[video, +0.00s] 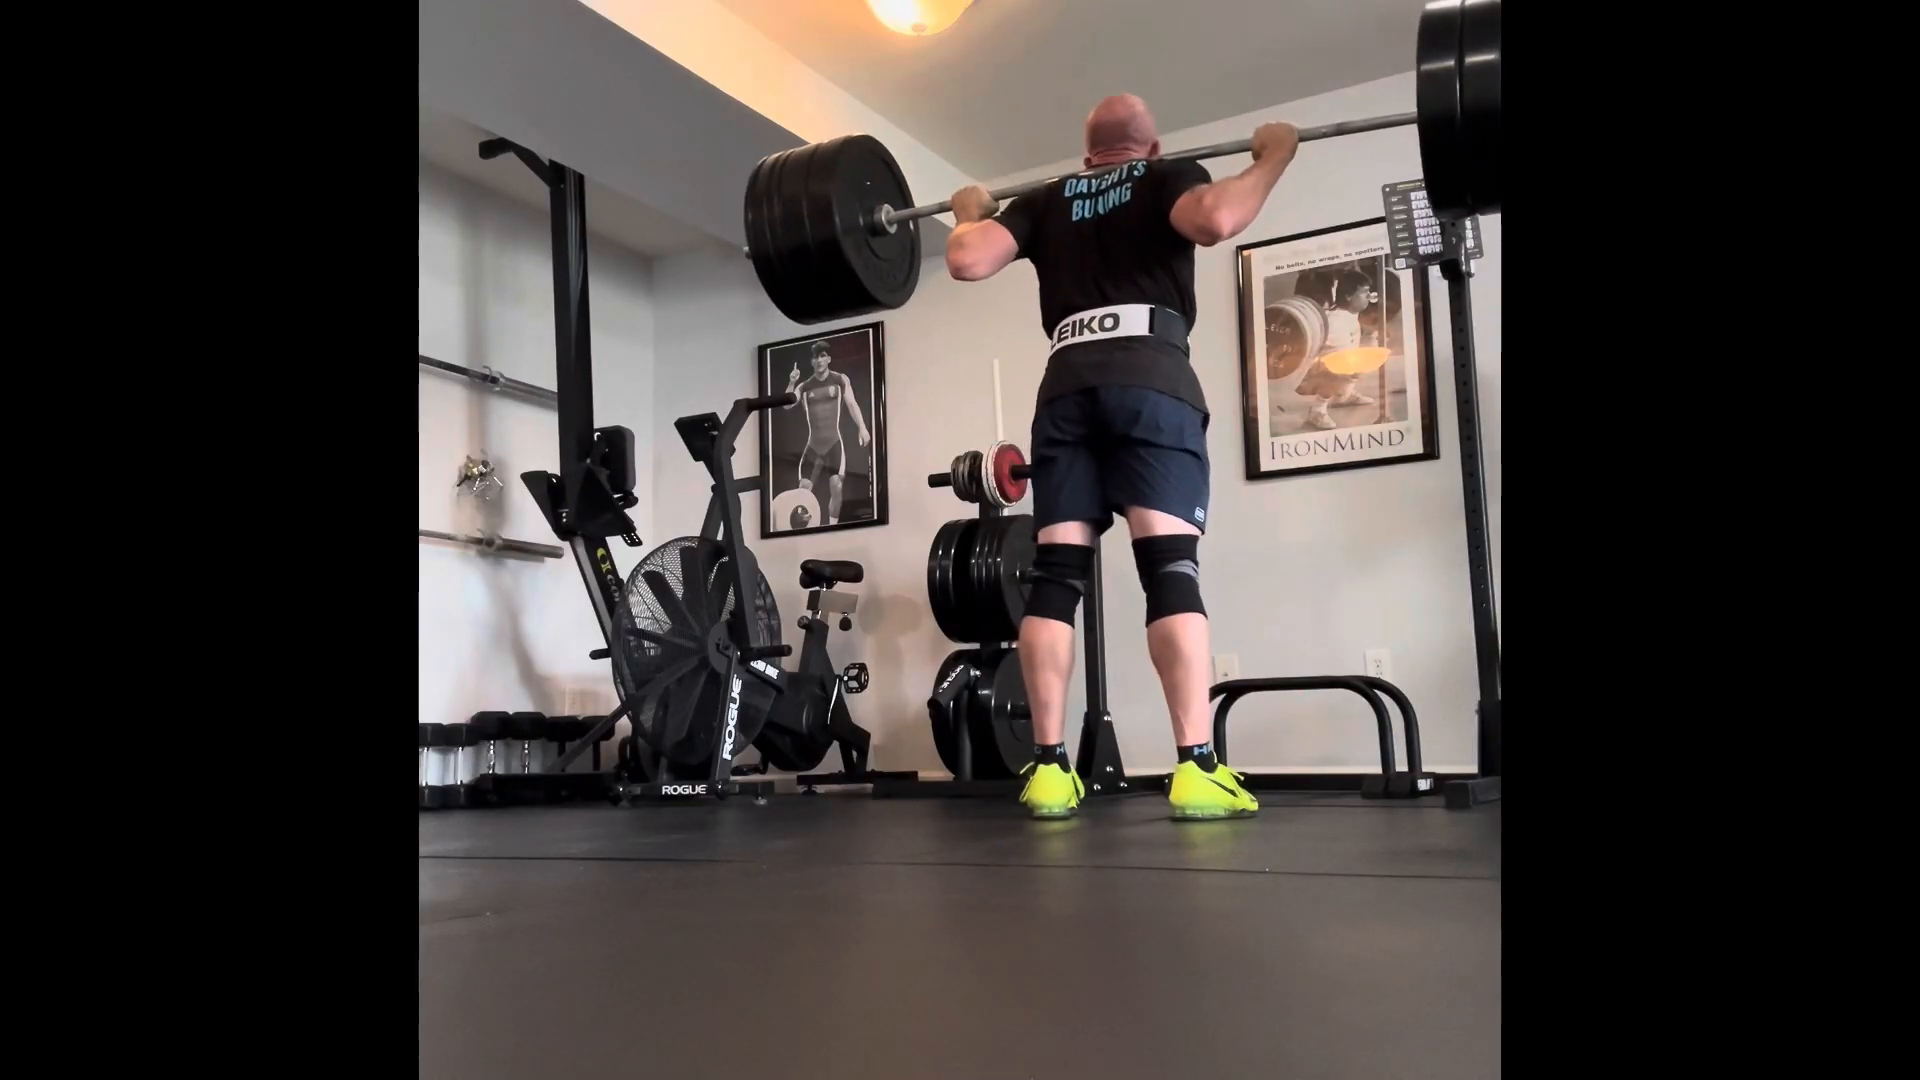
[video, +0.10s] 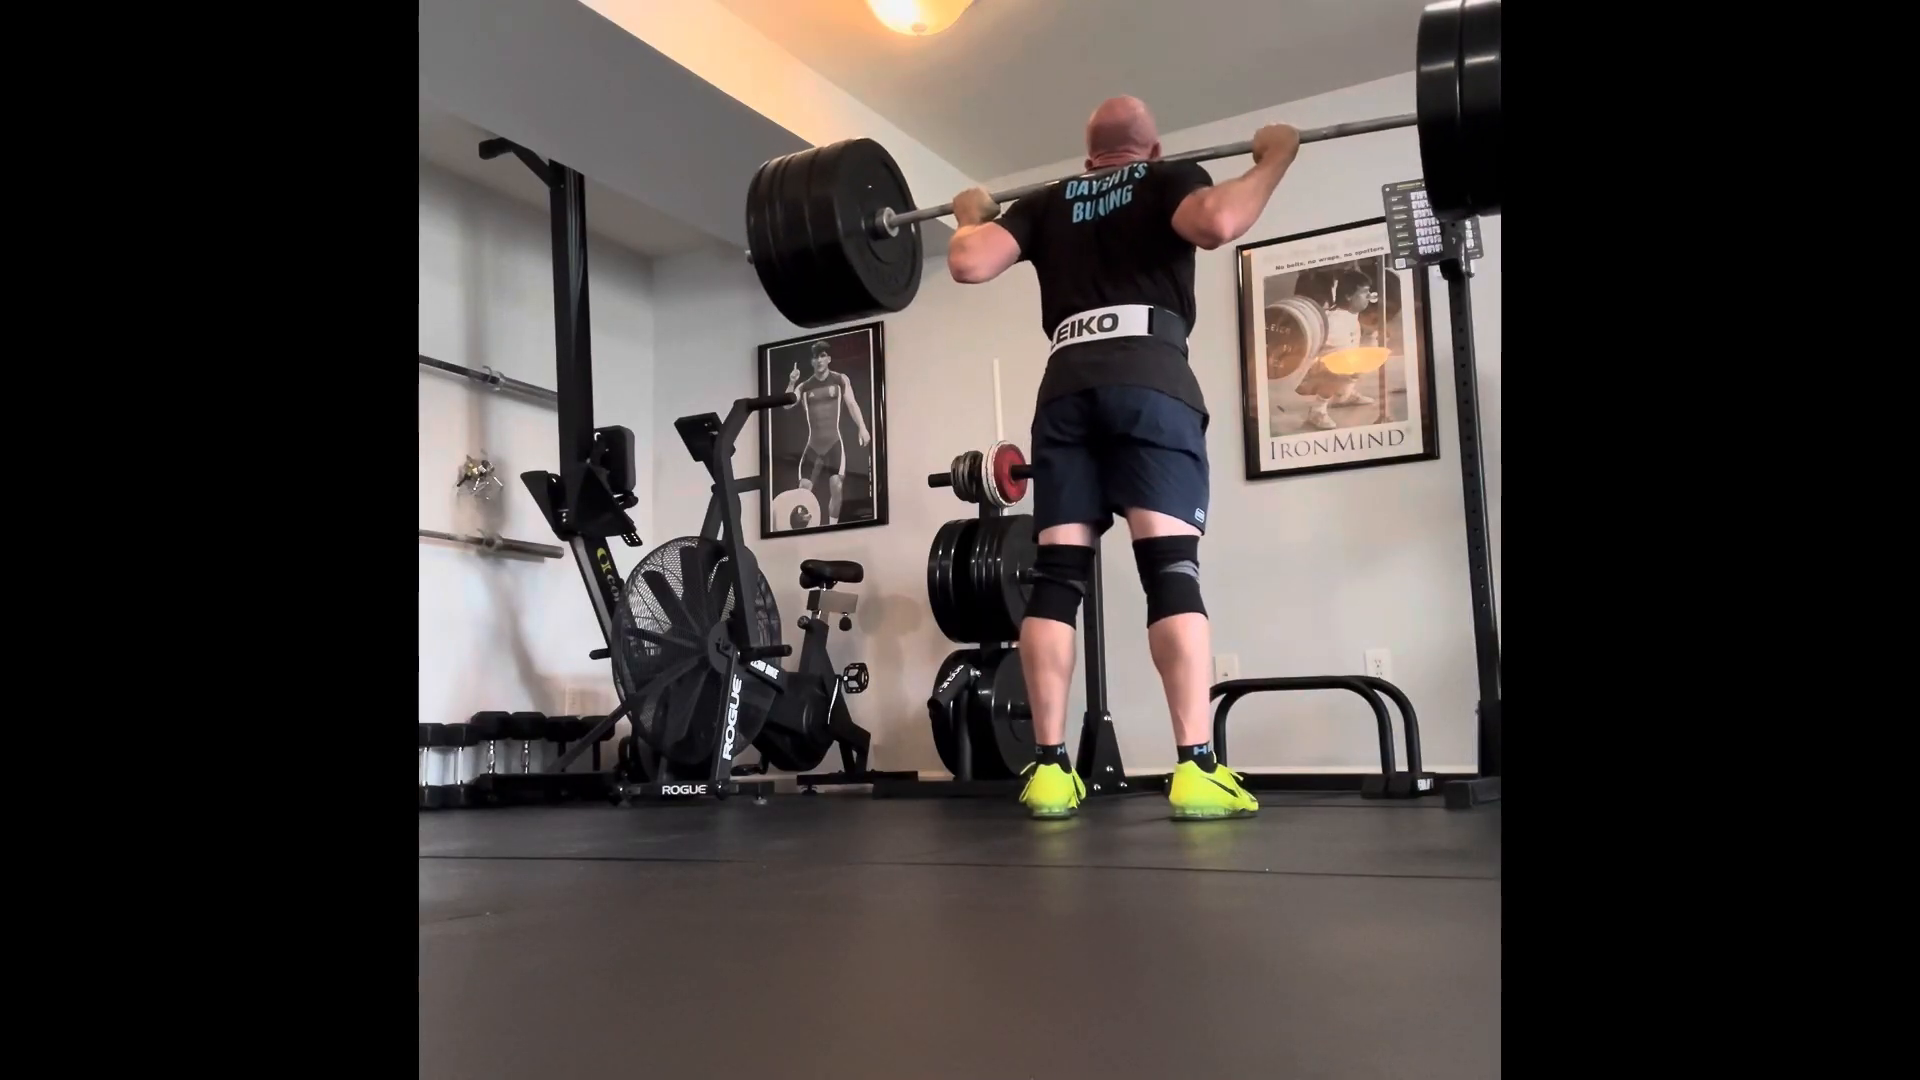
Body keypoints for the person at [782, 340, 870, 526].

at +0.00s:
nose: (819, 361)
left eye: (823, 356)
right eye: (816, 357)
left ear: (829, 359)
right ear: (811, 361)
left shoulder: (840, 380)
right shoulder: (803, 386)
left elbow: (852, 405)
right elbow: (787, 406)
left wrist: (862, 428)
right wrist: (791, 384)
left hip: (834, 442)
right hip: (813, 444)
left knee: (836, 485)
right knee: (804, 486)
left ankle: (832, 529)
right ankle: (802, 528)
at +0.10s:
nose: (819, 361)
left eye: (823, 356)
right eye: (816, 357)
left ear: (829, 359)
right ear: (811, 361)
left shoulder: (840, 380)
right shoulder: (803, 386)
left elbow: (852, 405)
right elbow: (787, 406)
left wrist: (862, 428)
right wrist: (791, 384)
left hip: (834, 442)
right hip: (813, 444)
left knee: (836, 485)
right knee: (804, 486)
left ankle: (832, 529)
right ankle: (802, 528)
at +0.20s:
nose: (819, 361)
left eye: (823, 356)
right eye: (816, 357)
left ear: (829, 359)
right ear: (811, 361)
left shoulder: (840, 380)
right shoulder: (803, 386)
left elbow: (852, 405)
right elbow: (787, 406)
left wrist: (862, 428)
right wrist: (791, 384)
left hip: (834, 442)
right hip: (813, 444)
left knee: (836, 485)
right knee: (804, 486)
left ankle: (832, 529)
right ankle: (802, 528)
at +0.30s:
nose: (819, 361)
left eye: (823, 356)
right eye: (816, 357)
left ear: (829, 359)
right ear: (811, 361)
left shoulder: (840, 380)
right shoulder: (803, 386)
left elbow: (852, 405)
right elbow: (787, 406)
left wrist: (862, 428)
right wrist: (791, 384)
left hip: (834, 442)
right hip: (813, 444)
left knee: (836, 485)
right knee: (804, 486)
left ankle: (832, 529)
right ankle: (802, 528)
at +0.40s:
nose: (819, 361)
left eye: (823, 356)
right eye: (816, 357)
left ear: (829, 359)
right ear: (811, 361)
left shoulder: (840, 380)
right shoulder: (803, 386)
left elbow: (852, 405)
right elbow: (787, 406)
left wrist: (862, 428)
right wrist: (791, 384)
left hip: (834, 442)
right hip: (813, 444)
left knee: (836, 484)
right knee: (804, 486)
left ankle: (832, 529)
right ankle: (802, 528)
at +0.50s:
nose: (819, 361)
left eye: (823, 356)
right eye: (816, 357)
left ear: (829, 359)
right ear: (811, 361)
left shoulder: (840, 380)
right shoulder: (803, 386)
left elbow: (852, 405)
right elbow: (787, 406)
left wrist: (862, 428)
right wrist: (791, 384)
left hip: (834, 442)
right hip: (813, 444)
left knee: (836, 485)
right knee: (804, 486)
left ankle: (832, 529)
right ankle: (802, 528)